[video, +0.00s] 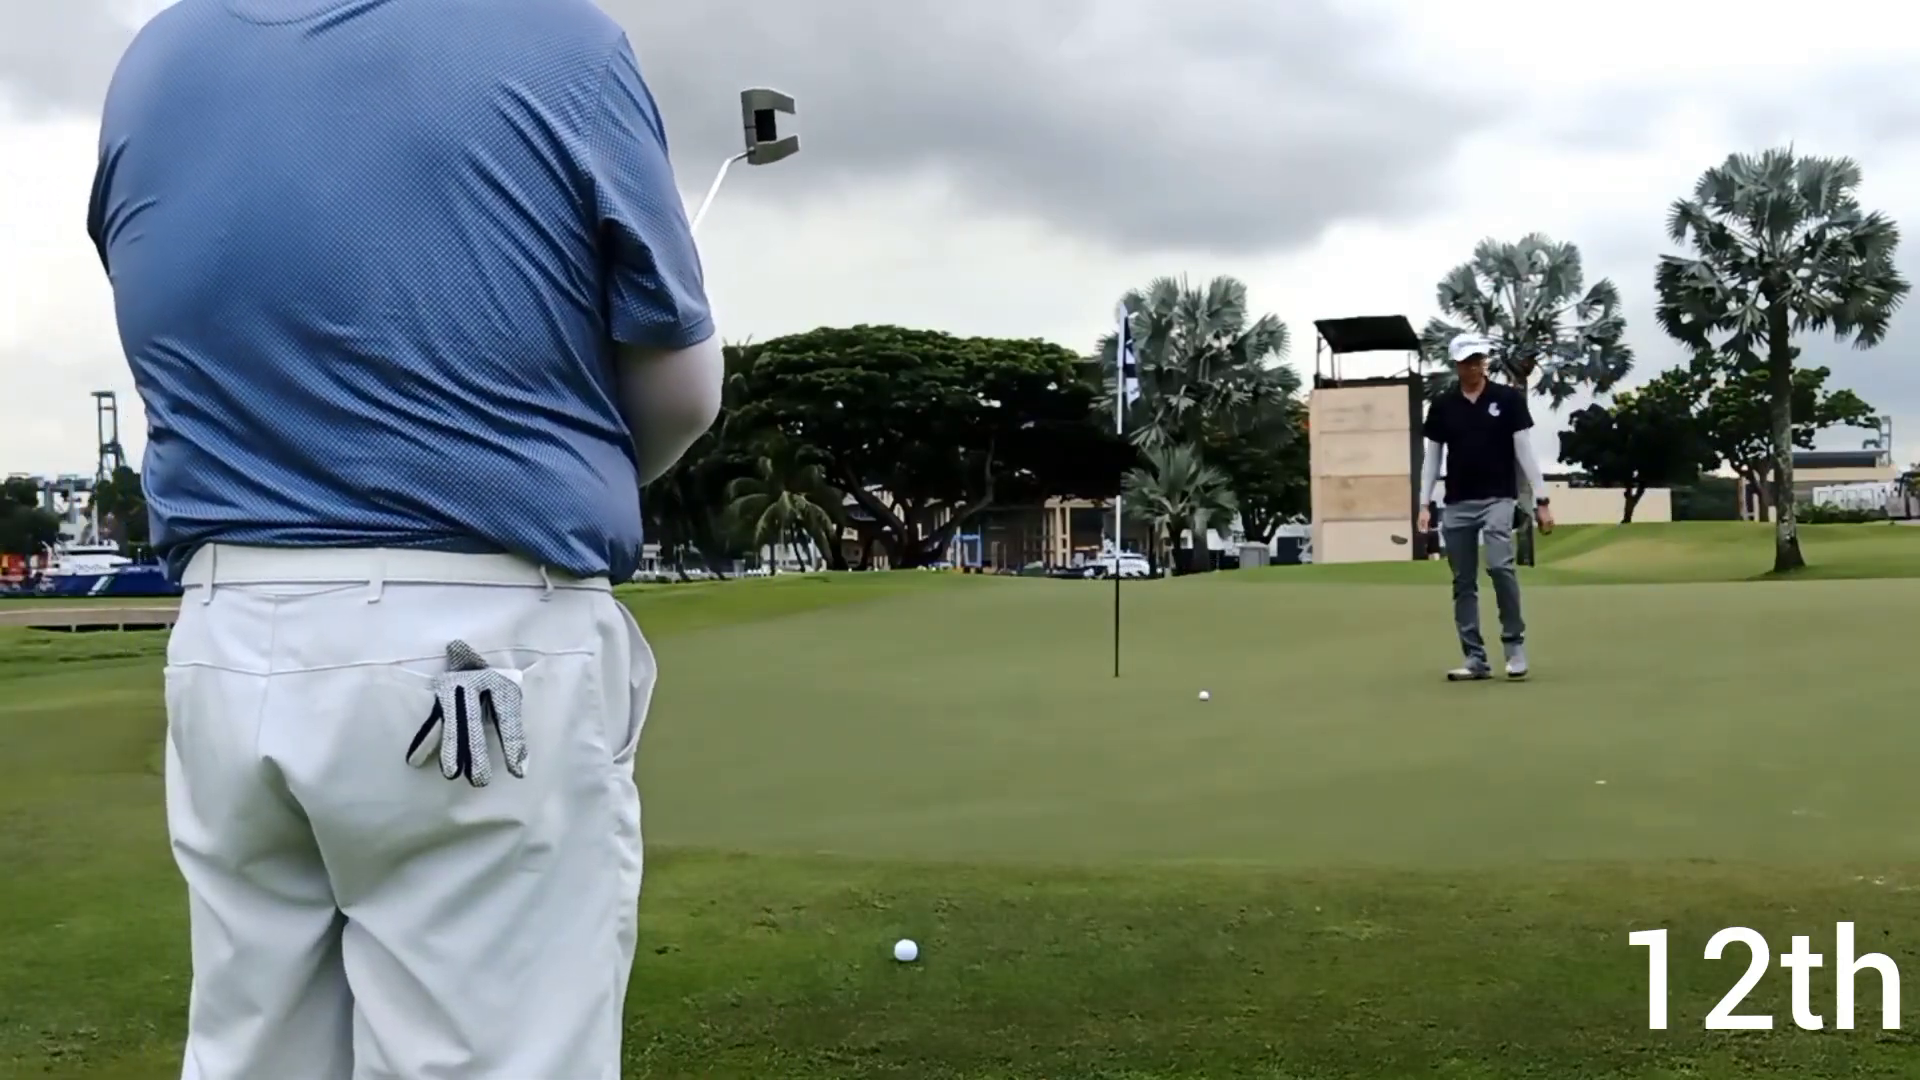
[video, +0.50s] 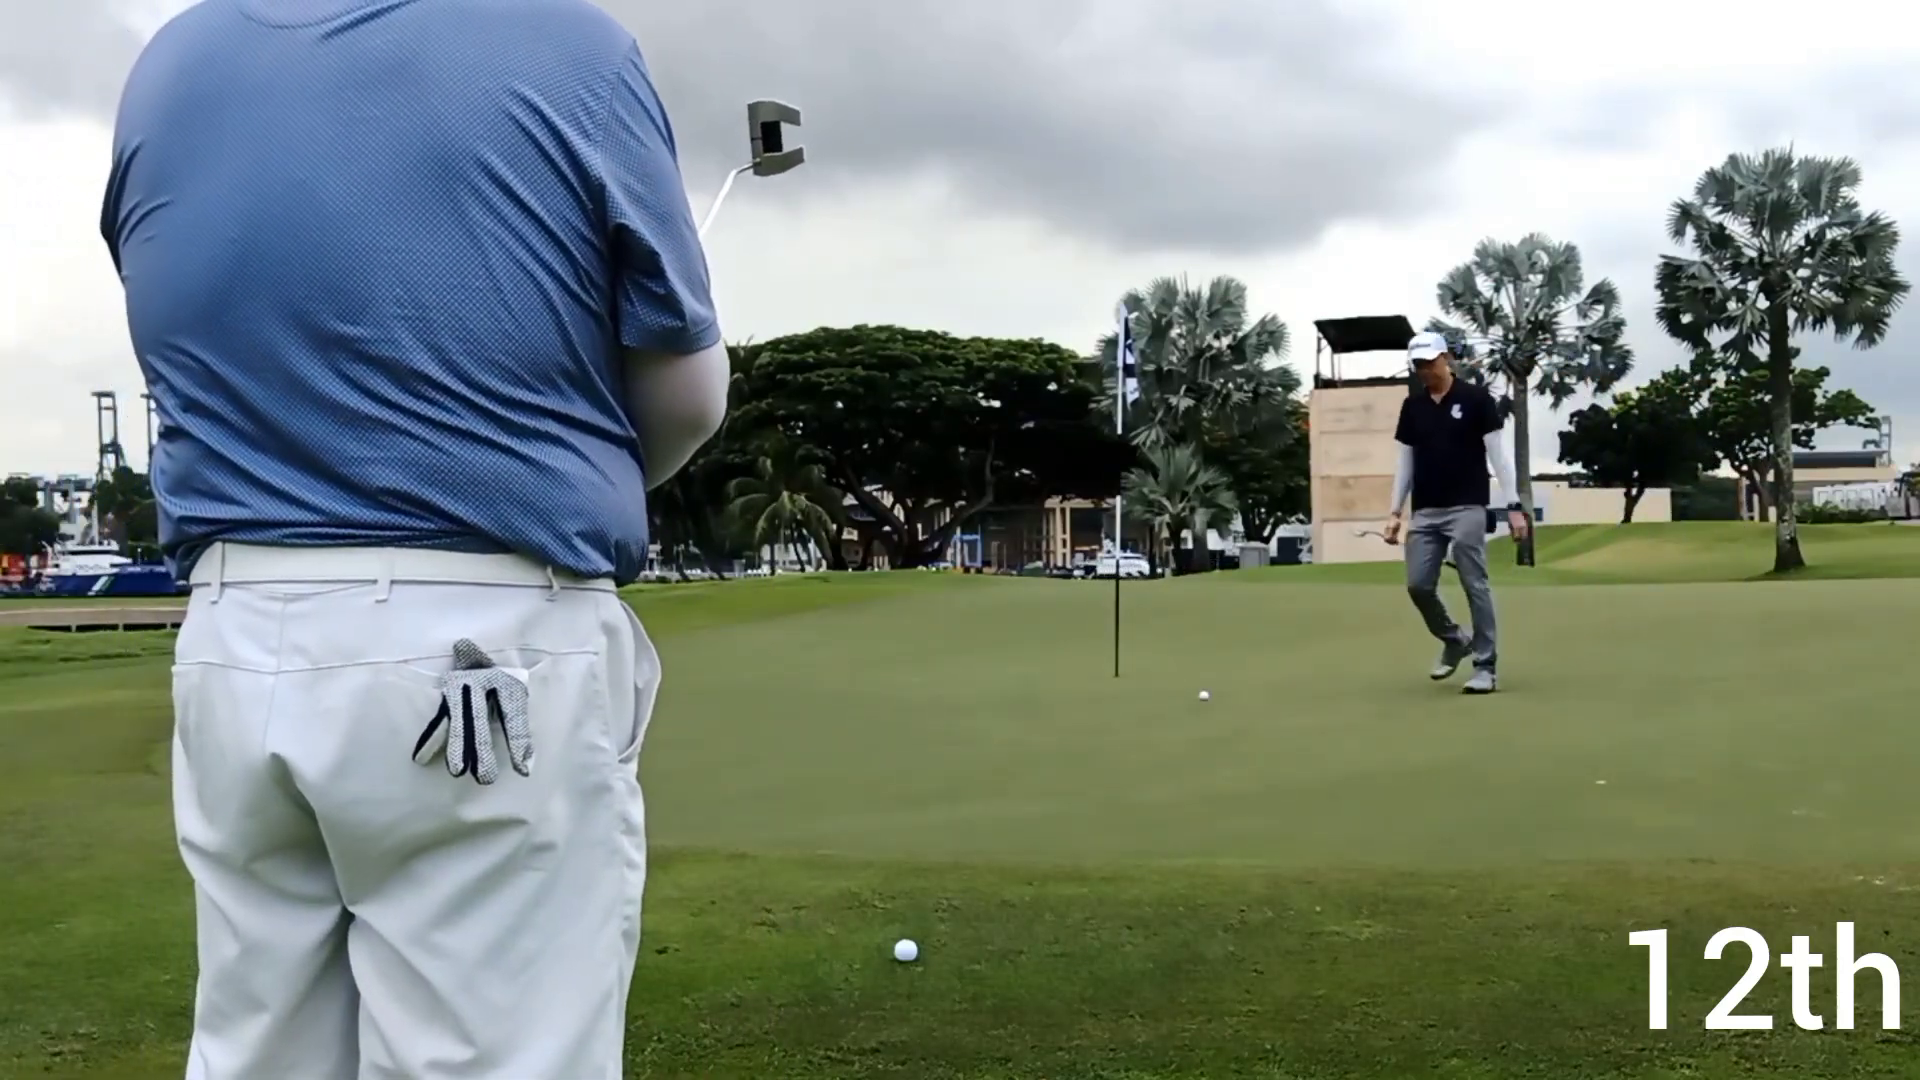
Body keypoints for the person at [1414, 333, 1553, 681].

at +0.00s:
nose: (1474, 367)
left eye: (1478, 359)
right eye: (1467, 361)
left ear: (1486, 361)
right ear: (1455, 365)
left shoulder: (1508, 399)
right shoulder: (1442, 406)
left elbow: (1526, 451)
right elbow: (1432, 460)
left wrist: (1541, 498)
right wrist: (1425, 505)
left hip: (1498, 502)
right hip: (1457, 506)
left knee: (1500, 568)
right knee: (1463, 584)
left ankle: (1514, 646)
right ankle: (1474, 658)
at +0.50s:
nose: (1423, 371)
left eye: (1428, 363)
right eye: (1417, 365)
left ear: (1447, 358)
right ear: (1413, 366)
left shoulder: (1476, 399)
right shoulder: (1412, 406)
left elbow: (1499, 455)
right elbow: (1405, 462)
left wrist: (1513, 505)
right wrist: (1396, 512)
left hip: (1467, 510)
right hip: (1424, 514)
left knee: (1475, 586)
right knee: (1418, 585)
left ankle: (1485, 667)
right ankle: (1454, 640)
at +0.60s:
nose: (1405, 369)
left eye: (1410, 362)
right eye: (1401, 363)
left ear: (1431, 357)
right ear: (1401, 363)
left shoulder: (1464, 394)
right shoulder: (1404, 402)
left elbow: (1479, 445)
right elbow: (1400, 459)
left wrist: (1477, 494)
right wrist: (1398, 509)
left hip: (1454, 510)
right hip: (1413, 512)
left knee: (1473, 588)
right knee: (1396, 575)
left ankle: (1484, 667)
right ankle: (1431, 658)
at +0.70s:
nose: (1385, 373)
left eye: (1390, 366)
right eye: (1382, 368)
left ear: (1412, 359)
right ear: (1386, 368)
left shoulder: (1445, 393)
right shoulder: (1392, 405)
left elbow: (1456, 445)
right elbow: (1399, 456)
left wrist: (1436, 478)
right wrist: (1396, 502)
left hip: (1445, 516)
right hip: (1402, 516)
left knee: (1468, 590)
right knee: (1382, 579)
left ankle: (1483, 669)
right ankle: (1385, 670)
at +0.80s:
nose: (1364, 382)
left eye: (1367, 374)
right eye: (1360, 377)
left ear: (1387, 366)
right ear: (1365, 376)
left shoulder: (1423, 395)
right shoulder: (1375, 412)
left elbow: (1428, 441)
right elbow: (1386, 459)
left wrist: (1400, 467)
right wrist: (1387, 512)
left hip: (1429, 518)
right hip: (1388, 520)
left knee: (1456, 591)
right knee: (1370, 592)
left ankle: (1481, 667)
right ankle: (1352, 672)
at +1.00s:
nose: (1314, 397)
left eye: (1314, 389)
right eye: (1310, 392)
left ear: (1333, 376)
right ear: (1324, 385)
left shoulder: (1371, 398)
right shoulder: (1336, 420)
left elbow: (1386, 449)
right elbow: (1359, 466)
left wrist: (1354, 481)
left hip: (1395, 517)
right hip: (1363, 520)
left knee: (1403, 591)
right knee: (1344, 589)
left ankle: (1460, 644)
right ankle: (1343, 677)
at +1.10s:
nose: (1287, 409)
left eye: (1287, 401)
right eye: (1283, 404)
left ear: (1305, 386)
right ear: (1300, 392)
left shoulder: (1343, 406)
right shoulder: (1319, 422)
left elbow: (1361, 461)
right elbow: (1351, 467)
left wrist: (1334, 506)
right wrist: (1346, 514)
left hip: (1384, 507)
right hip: (1357, 512)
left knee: (1366, 578)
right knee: (1341, 587)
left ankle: (1427, 645)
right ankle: (1343, 676)